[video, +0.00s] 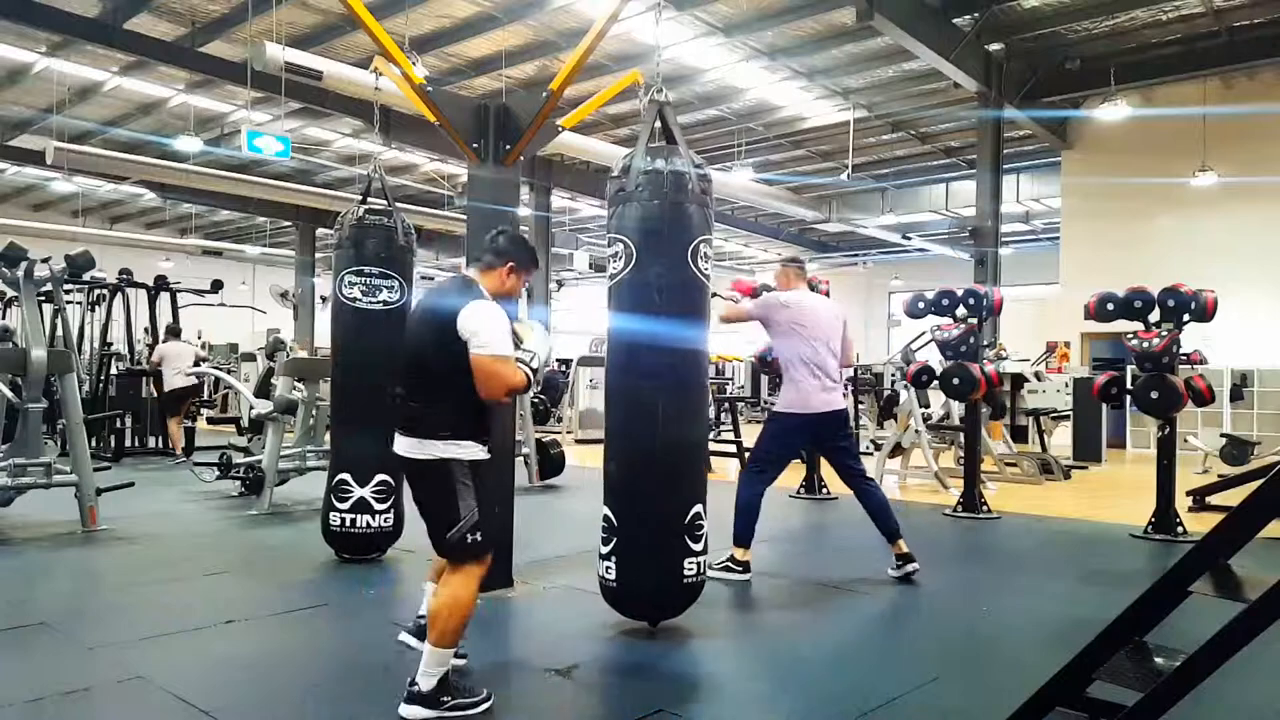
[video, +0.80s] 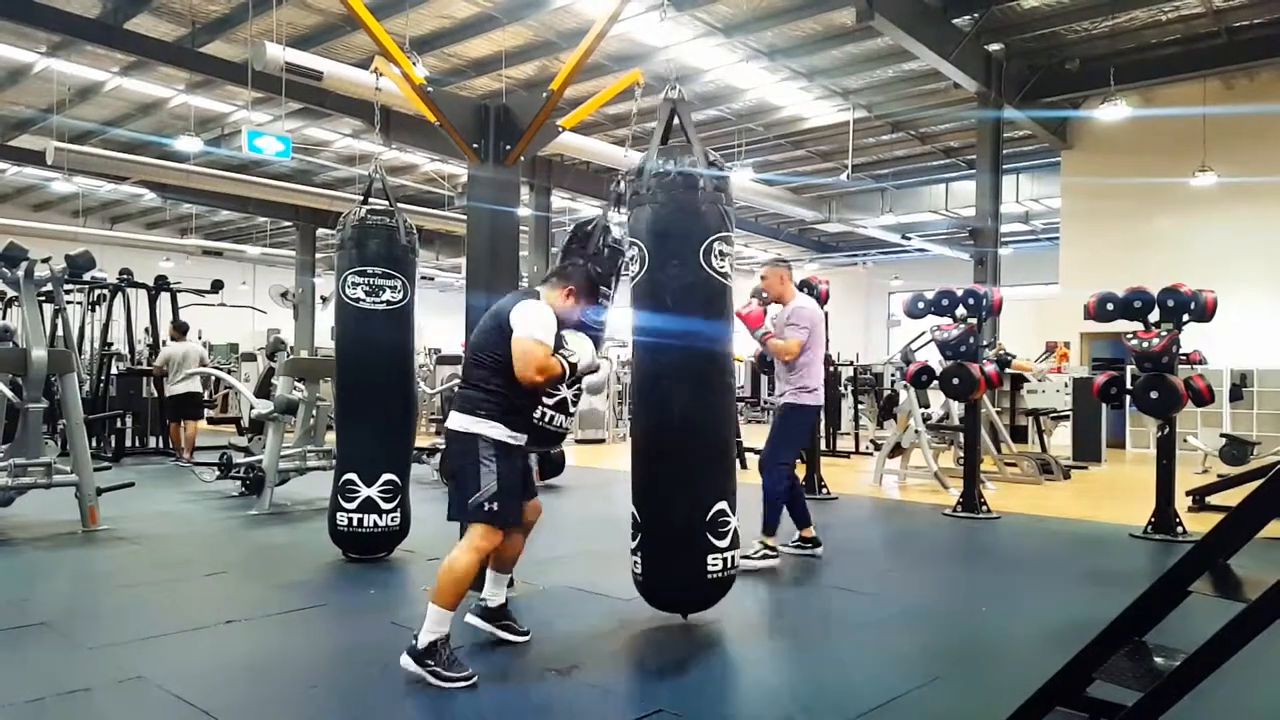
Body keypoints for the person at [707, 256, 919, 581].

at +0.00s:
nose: (775, 284)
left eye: (777, 278)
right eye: (776, 279)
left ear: (788, 276)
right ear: (804, 276)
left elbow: (727, 315)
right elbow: (847, 360)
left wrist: (735, 302)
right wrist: (802, 355)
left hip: (791, 411)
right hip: (832, 411)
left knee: (753, 477)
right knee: (860, 479)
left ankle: (740, 558)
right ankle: (902, 552)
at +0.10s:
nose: (753, 285)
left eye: (753, 280)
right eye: (754, 280)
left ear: (761, 278)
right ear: (783, 277)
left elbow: (709, 308)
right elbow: (834, 354)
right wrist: (796, 358)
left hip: (777, 408)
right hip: (817, 406)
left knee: (737, 476)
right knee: (836, 475)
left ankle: (737, 557)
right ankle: (888, 543)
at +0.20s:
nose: (730, 285)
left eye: (731, 279)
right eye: (730, 279)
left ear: (741, 276)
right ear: (757, 276)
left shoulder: (740, 305)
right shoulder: (787, 304)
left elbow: (709, 346)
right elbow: (795, 349)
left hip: (765, 406)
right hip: (800, 401)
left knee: (731, 476)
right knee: (820, 470)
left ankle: (736, 556)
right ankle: (876, 536)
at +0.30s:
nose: (715, 284)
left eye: (717, 277)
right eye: (715, 278)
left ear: (731, 276)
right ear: (735, 276)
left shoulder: (755, 306)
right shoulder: (737, 308)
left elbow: (743, 358)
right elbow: (738, 352)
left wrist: (716, 347)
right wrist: (724, 347)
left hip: (765, 401)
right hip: (785, 399)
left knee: (737, 475)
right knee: (808, 468)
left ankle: (737, 556)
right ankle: (866, 525)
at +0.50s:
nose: (721, 284)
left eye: (723, 277)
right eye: (721, 277)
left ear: (737, 276)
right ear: (744, 275)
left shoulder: (755, 306)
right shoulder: (765, 303)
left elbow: (737, 353)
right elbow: (738, 345)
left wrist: (710, 337)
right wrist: (722, 335)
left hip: (764, 402)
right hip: (782, 401)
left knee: (735, 475)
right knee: (771, 469)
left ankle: (736, 553)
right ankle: (830, 520)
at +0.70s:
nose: (749, 294)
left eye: (751, 287)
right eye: (749, 288)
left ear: (769, 284)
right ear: (772, 285)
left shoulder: (783, 315)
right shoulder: (790, 315)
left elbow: (763, 357)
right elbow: (764, 357)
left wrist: (741, 334)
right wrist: (745, 335)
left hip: (782, 407)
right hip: (791, 406)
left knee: (756, 470)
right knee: (761, 469)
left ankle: (740, 547)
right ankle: (802, 530)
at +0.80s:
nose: (761, 285)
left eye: (765, 279)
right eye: (761, 280)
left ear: (784, 278)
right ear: (782, 278)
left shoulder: (802, 309)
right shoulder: (785, 312)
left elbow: (789, 352)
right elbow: (780, 353)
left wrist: (759, 329)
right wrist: (757, 329)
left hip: (801, 401)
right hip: (793, 400)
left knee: (772, 465)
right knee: (780, 468)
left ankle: (768, 543)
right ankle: (807, 536)